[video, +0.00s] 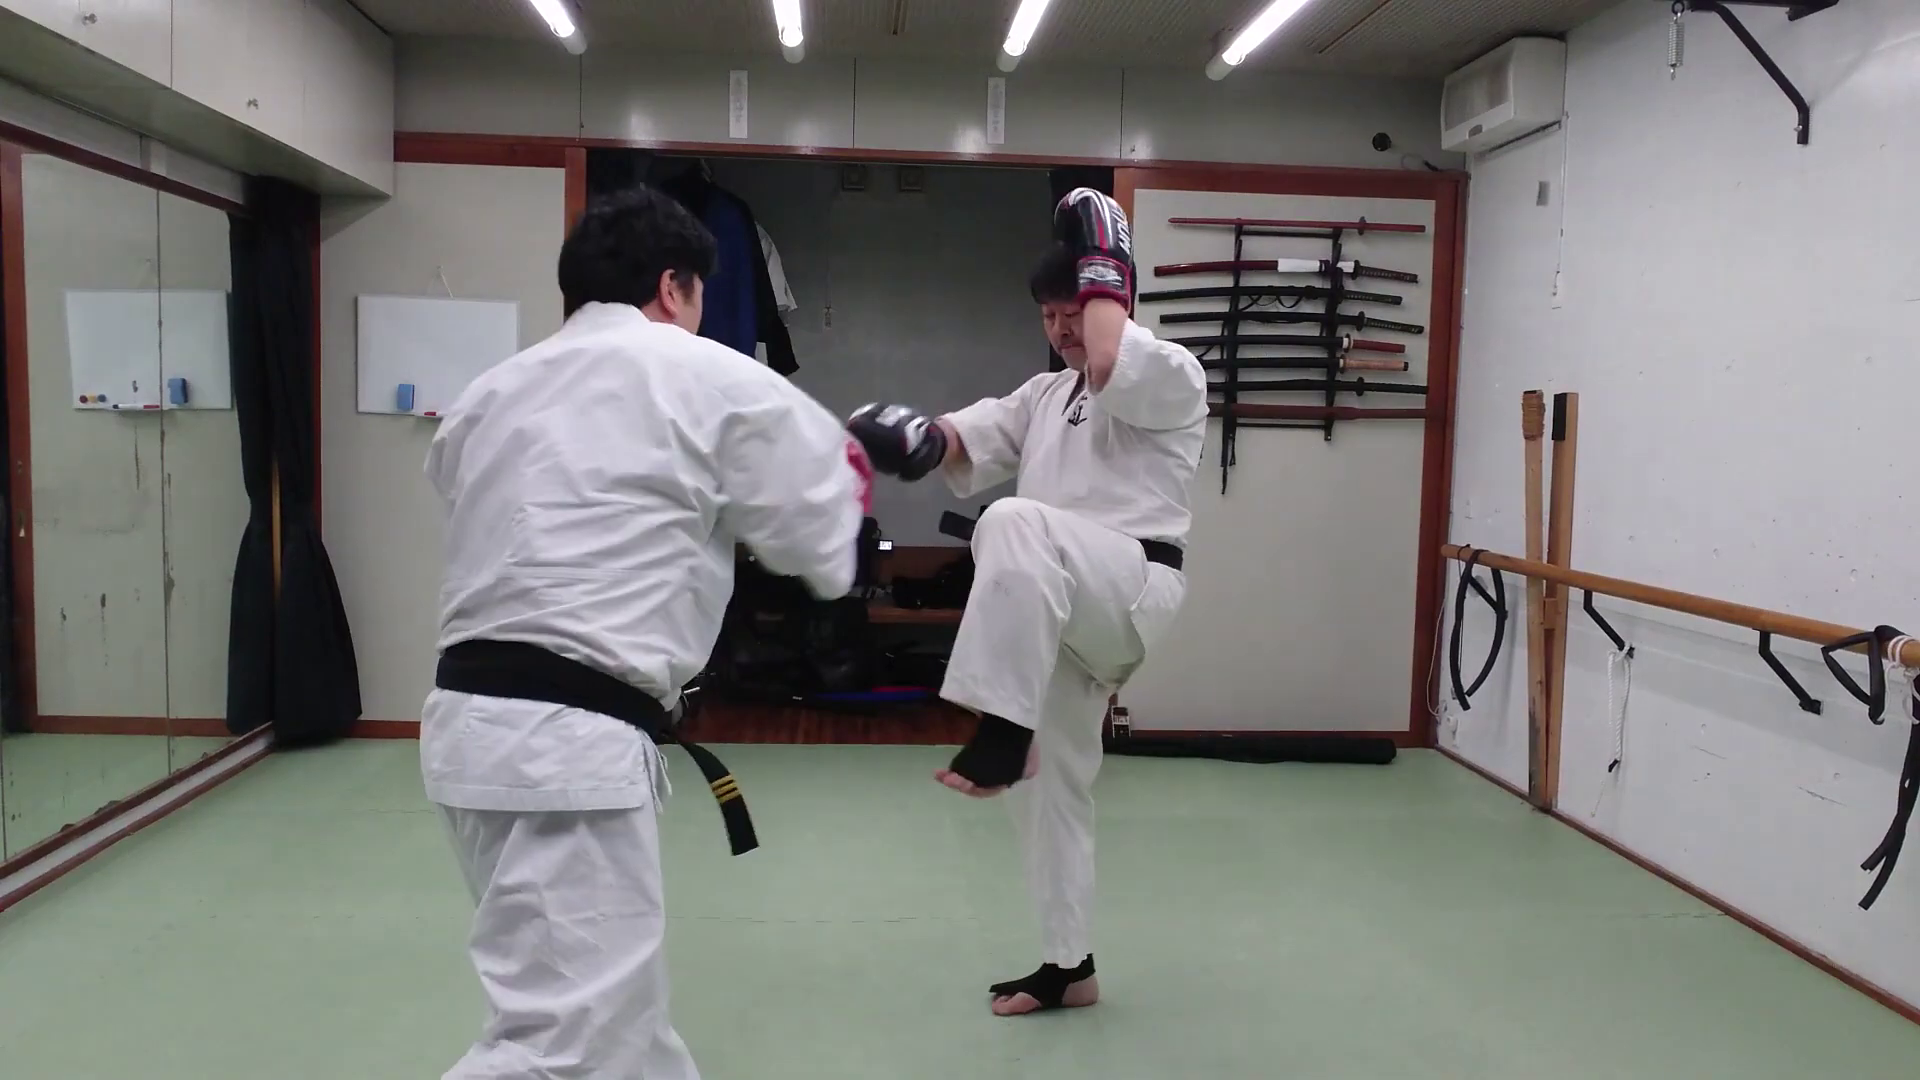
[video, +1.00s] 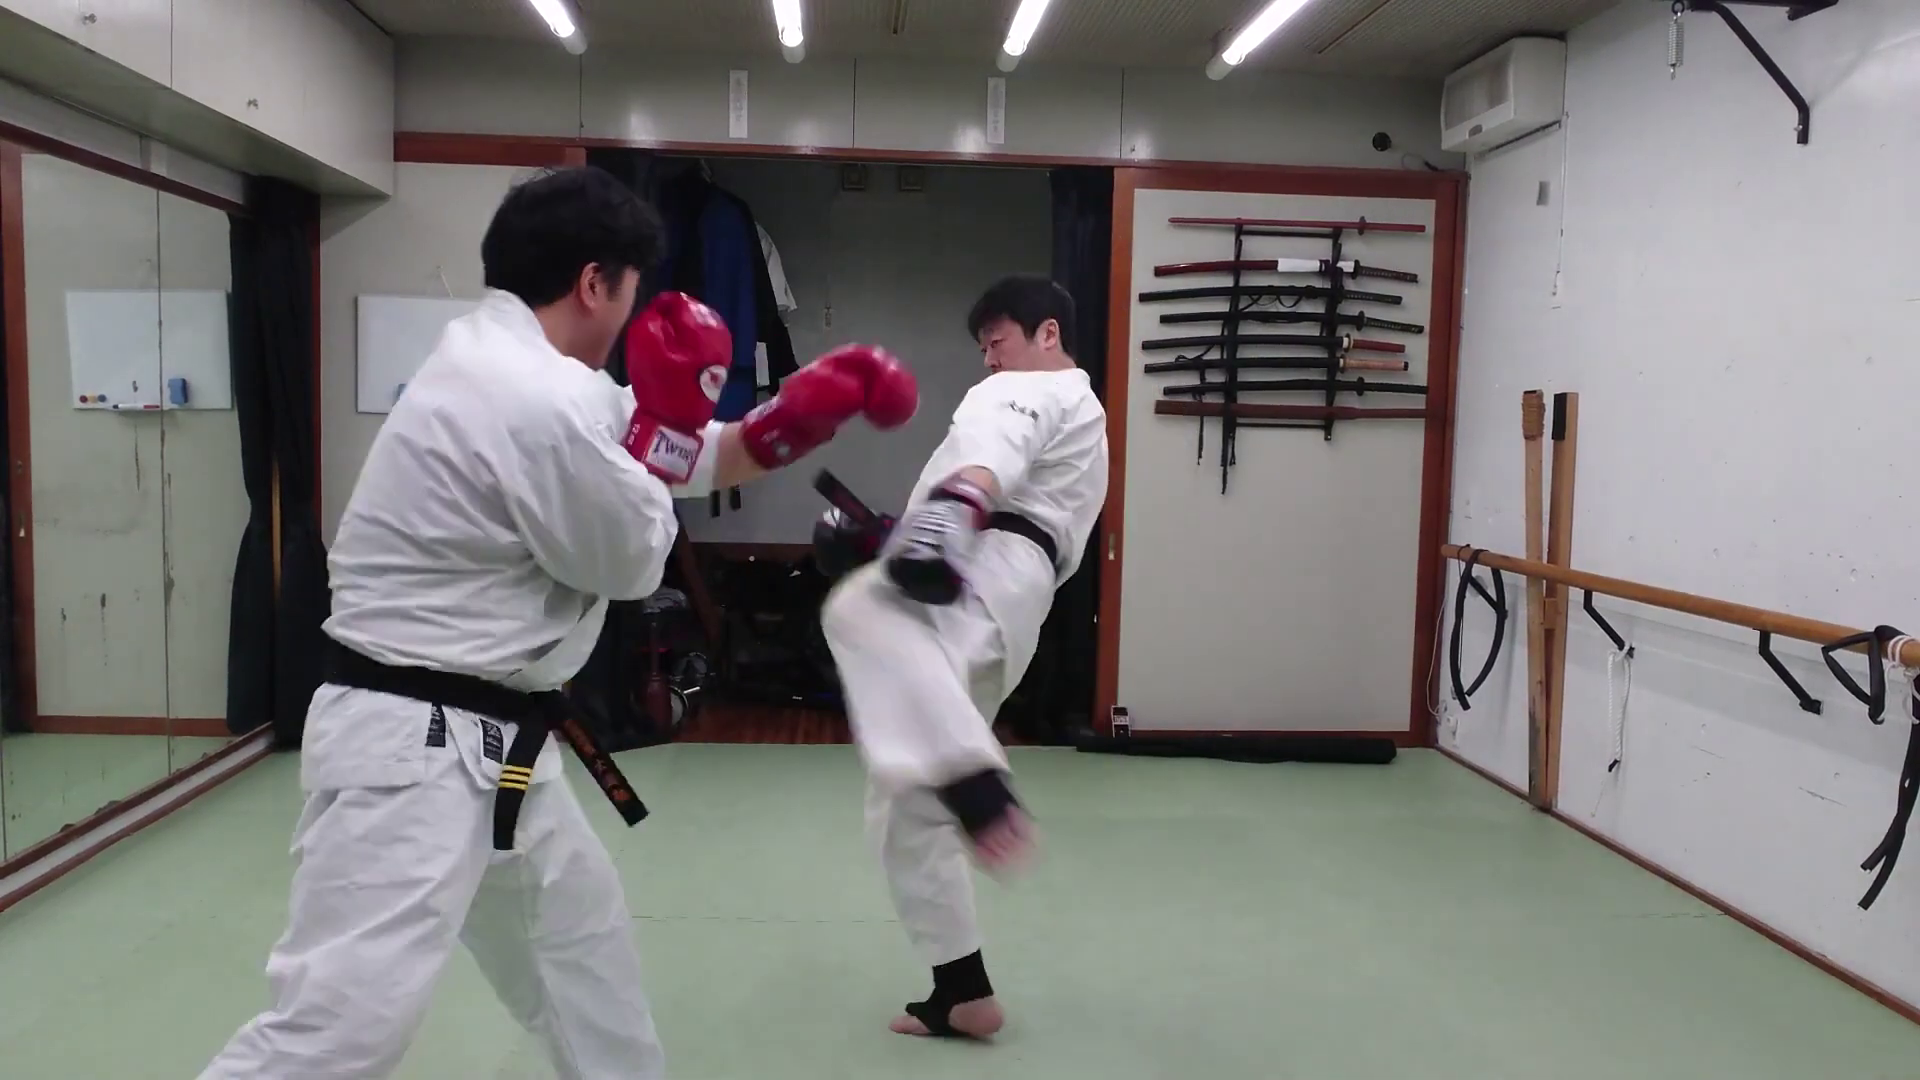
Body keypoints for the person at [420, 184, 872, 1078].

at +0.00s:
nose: (703, 315)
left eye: (702, 296)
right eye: (700, 293)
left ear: (575, 289)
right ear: (671, 289)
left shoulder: (489, 392)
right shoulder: (703, 378)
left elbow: (494, 546)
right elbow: (830, 552)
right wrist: (840, 459)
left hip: (459, 741)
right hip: (576, 750)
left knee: (621, 1031)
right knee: (552, 1039)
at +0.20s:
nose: (650, 311)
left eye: (651, 288)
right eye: (649, 286)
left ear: (517, 279)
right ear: (613, 280)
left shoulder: (414, 399)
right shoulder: (616, 397)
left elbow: (344, 562)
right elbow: (697, 602)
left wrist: (393, 672)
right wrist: (718, 496)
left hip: (411, 762)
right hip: (508, 786)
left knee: (609, 1027)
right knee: (458, 1059)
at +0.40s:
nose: (620, 285)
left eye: (624, 259)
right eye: (621, 257)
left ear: (485, 241)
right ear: (578, 246)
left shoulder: (376, 362)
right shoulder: (564, 365)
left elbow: (330, 524)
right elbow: (643, 579)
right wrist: (685, 461)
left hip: (403, 737)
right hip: (494, 760)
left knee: (595, 1001)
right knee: (427, 1047)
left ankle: (620, 1068)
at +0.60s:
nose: (637, 292)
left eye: (639, 267)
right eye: (635, 264)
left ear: (520, 255)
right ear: (589, 258)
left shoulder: (437, 375)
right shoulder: (571, 365)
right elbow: (724, 521)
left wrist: (644, 391)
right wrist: (730, 409)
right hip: (490, 758)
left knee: (598, 1033)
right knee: (412, 1055)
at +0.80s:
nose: (698, 321)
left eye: (699, 297)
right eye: (695, 294)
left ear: (626, 280)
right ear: (649, 285)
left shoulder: (588, 367)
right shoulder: (565, 362)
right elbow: (667, 559)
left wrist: (742, 392)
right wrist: (713, 441)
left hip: (524, 738)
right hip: (431, 731)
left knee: (579, 964)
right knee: (387, 1036)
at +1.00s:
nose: (633, 315)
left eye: (640, 294)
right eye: (634, 292)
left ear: (539, 274)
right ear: (593, 283)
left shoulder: (489, 357)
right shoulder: (538, 397)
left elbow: (652, 461)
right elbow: (631, 560)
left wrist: (771, 436)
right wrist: (658, 416)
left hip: (493, 729)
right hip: (413, 732)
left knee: (584, 951)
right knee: (336, 1028)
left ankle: (625, 1070)